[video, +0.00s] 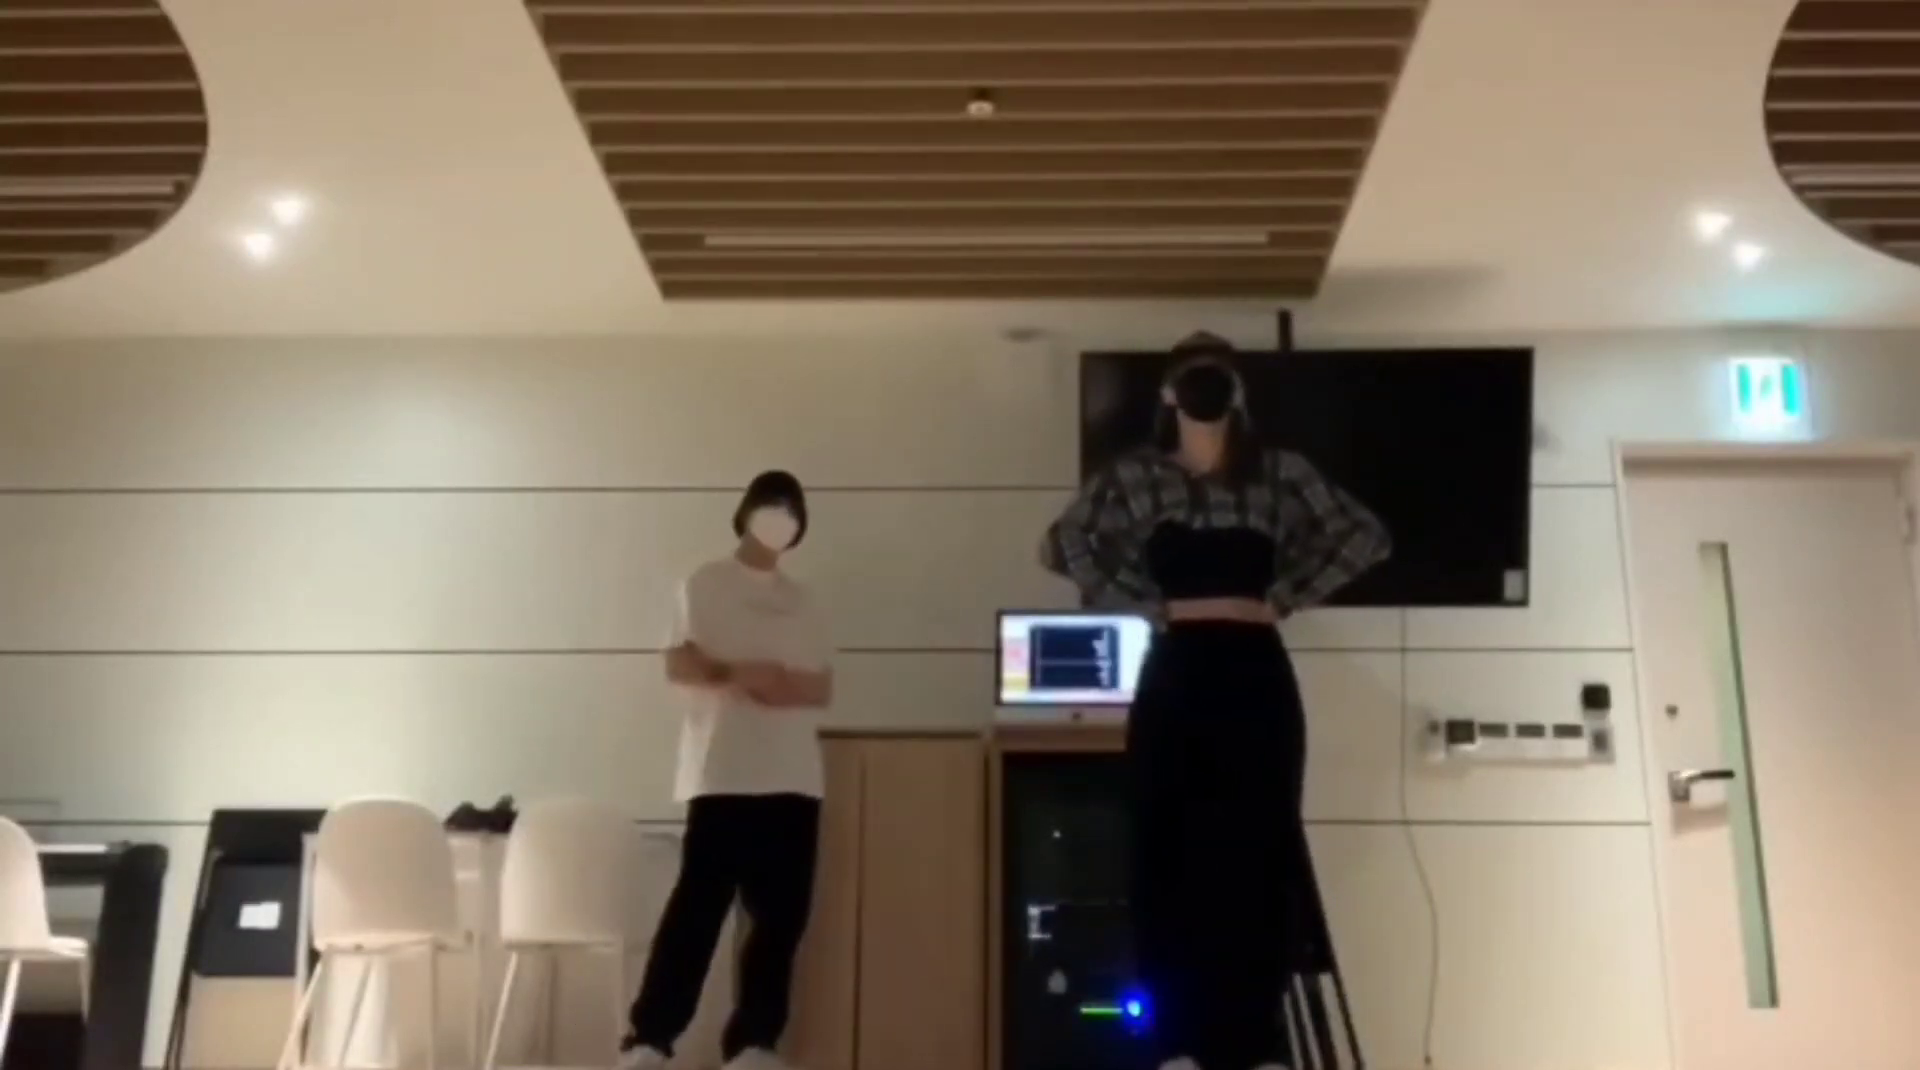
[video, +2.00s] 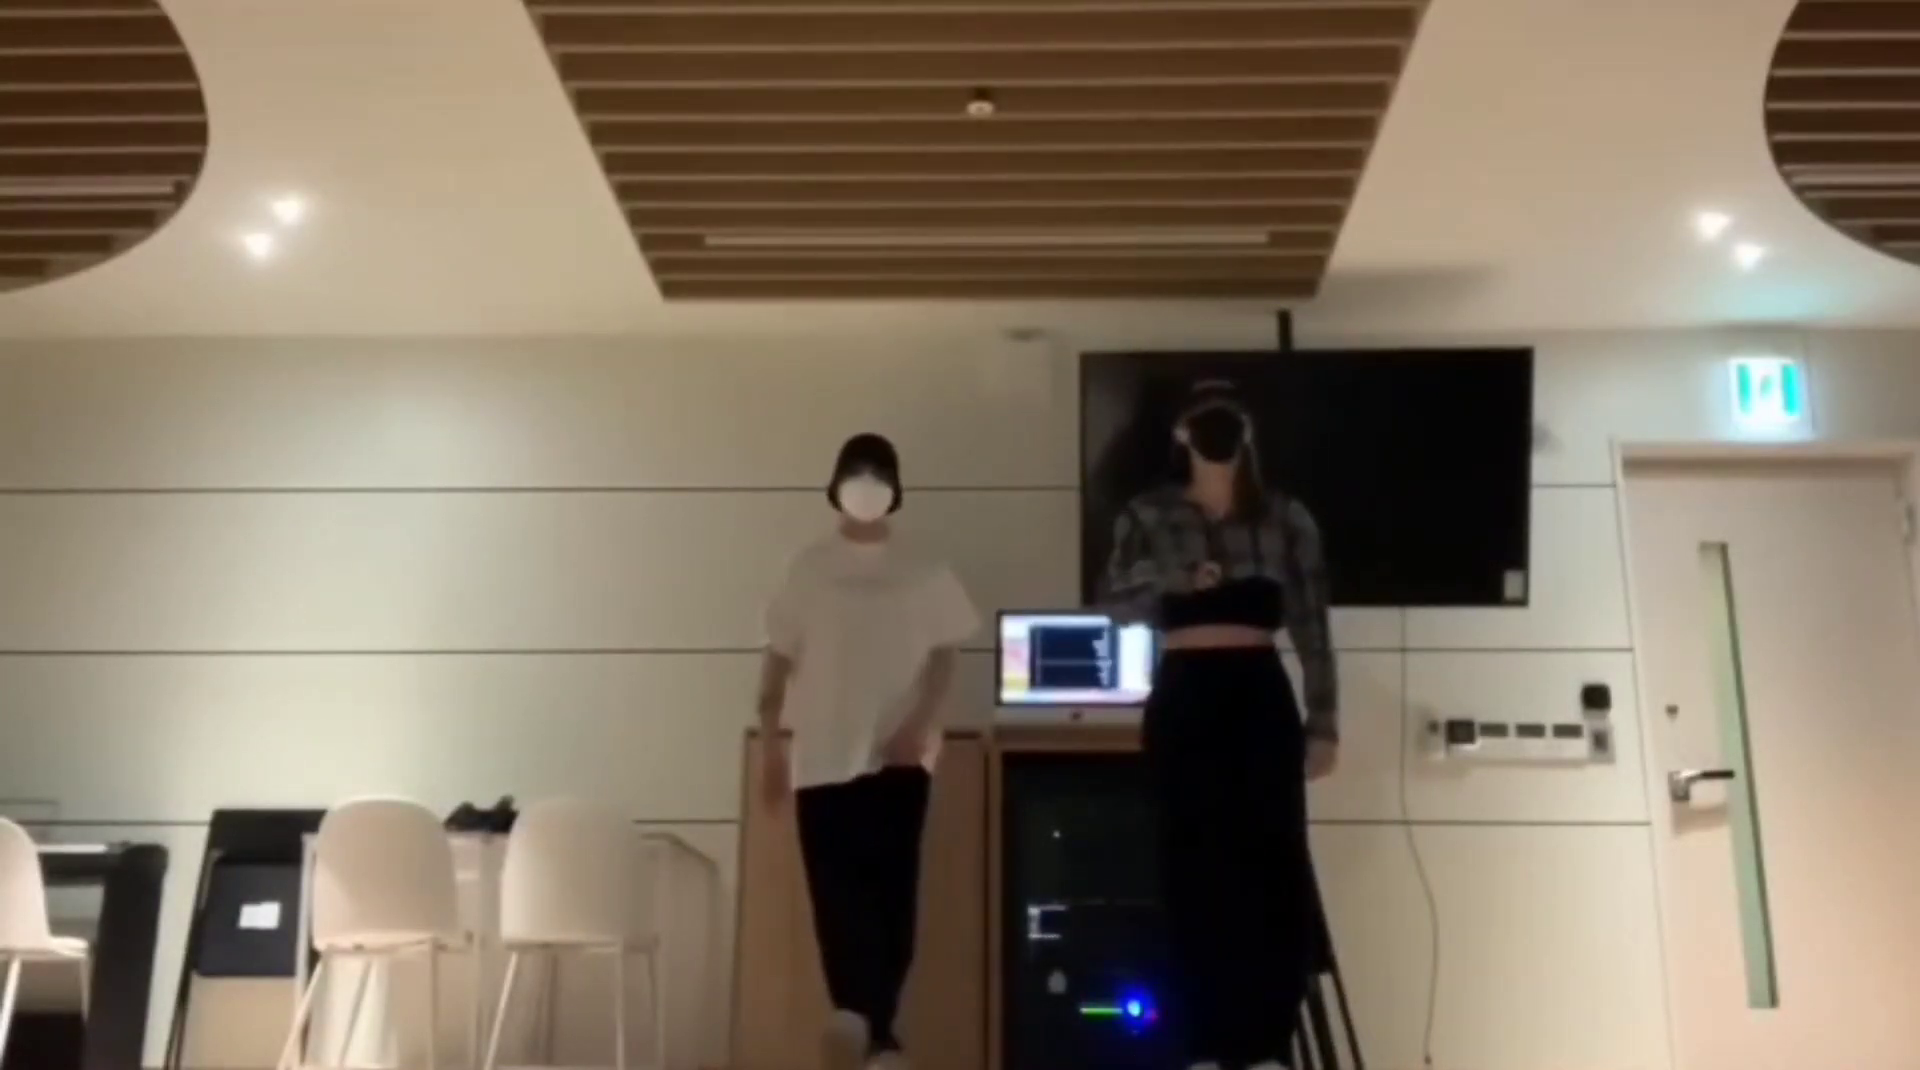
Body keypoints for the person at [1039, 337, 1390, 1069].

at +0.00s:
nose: (1206, 387)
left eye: (1219, 376)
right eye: (1192, 376)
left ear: (1241, 392)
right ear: (1167, 393)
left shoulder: (1280, 474)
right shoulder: (1138, 477)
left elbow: (1365, 537)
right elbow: (1065, 544)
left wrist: (1288, 595)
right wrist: (1144, 596)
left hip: (1256, 674)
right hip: (1177, 675)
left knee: (1259, 847)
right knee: (1175, 847)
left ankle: (1253, 1032)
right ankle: (1187, 1034)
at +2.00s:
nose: (1218, 426)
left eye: (1230, 414)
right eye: (1202, 416)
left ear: (1250, 432)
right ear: (1179, 433)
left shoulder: (1286, 521)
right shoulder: (1146, 517)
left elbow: (1312, 626)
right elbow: (1112, 600)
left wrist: (1322, 722)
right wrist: (1176, 583)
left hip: (1260, 702)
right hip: (1184, 703)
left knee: (1268, 867)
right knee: (1192, 869)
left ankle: (1263, 1040)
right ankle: (1203, 1039)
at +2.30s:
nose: (1208, 437)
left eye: (1221, 425)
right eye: (1194, 427)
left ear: (1241, 442)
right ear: (1172, 443)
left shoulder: (1277, 525)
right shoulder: (1137, 526)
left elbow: (1297, 626)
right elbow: (1109, 623)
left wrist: (1298, 712)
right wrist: (1138, 708)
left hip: (1255, 708)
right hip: (1180, 709)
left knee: (1262, 875)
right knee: (1186, 876)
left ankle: (1261, 1039)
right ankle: (1199, 1038)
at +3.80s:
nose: (1169, 410)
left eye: (1181, 397)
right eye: (1153, 399)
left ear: (1201, 413)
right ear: (1129, 417)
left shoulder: (1228, 494)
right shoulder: (1096, 493)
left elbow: (1244, 586)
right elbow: (1056, 585)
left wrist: (1237, 634)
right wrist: (1085, 678)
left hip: (1202, 689)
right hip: (1123, 688)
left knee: (1194, 829)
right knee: (1108, 839)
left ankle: (1186, 971)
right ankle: (1100, 993)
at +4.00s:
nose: (1177, 418)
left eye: (1188, 407)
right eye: (1163, 407)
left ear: (1207, 423)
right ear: (1137, 424)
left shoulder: (1229, 497)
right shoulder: (1100, 506)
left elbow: (1260, 561)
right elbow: (1068, 596)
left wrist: (1309, 573)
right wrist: (1092, 652)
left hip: (1222, 698)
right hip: (1134, 700)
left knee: (1291, 852)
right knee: (1083, 858)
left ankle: (1405, 1032)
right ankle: (1090, 1035)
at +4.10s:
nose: (1175, 423)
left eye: (1188, 411)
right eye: (1162, 412)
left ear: (1210, 429)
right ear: (1140, 428)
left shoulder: (1244, 489)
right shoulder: (1121, 507)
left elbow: (1346, 527)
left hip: (1253, 695)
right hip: (1167, 712)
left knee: (1348, 861)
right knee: (1105, 864)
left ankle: (1446, 1056)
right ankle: (1086, 1041)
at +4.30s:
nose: (1200, 413)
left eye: (1210, 401)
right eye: (1193, 401)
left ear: (1225, 418)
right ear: (1174, 418)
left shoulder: (1251, 476)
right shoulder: (1149, 498)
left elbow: (1338, 467)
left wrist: (1455, 451)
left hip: (1260, 683)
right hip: (1183, 702)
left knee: (1358, 860)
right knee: (1121, 865)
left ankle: (1447, 1050)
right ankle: (1083, 1041)